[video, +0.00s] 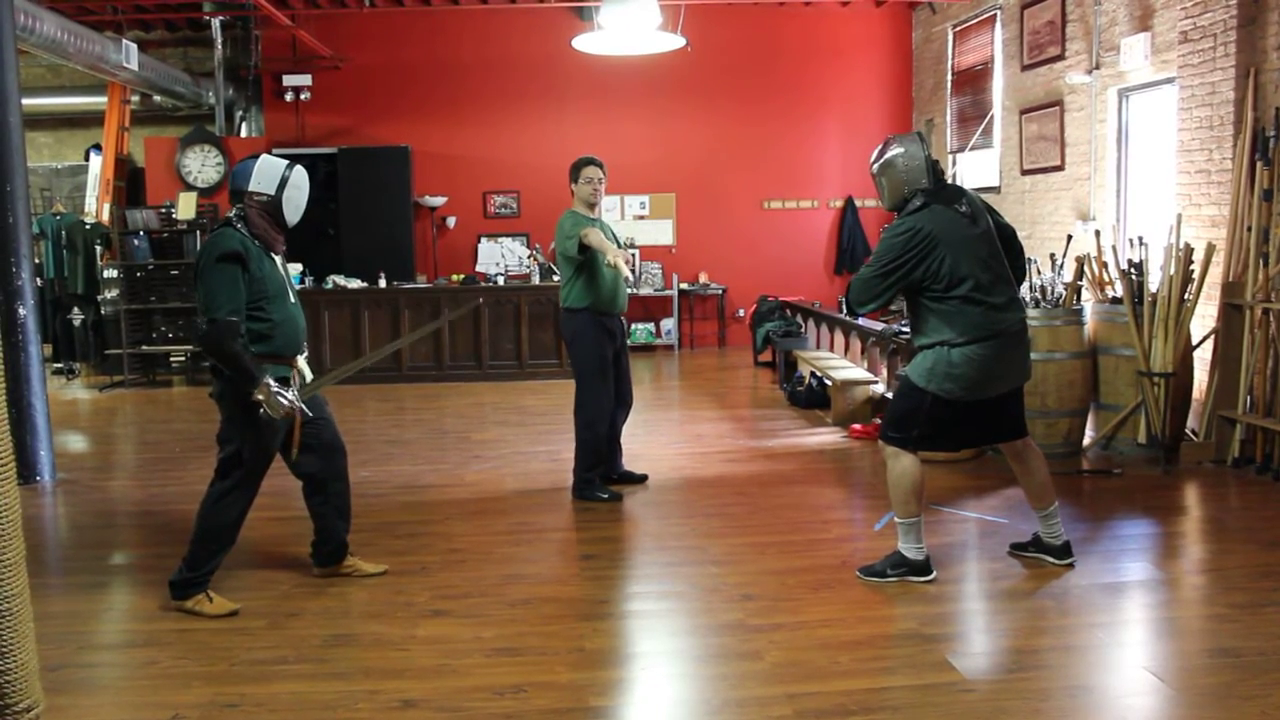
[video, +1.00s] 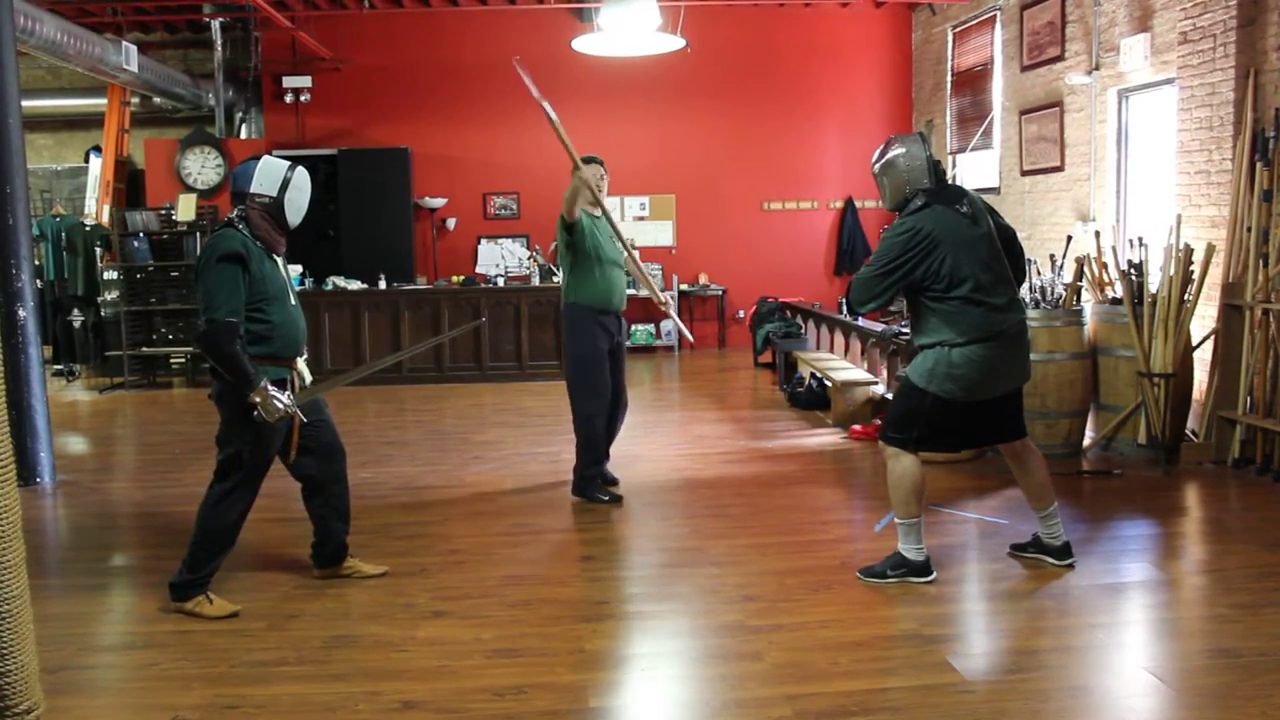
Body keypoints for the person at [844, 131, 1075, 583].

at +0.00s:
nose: (881, 193)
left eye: (882, 182)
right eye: (880, 183)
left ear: (899, 179)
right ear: (928, 172)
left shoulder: (910, 228)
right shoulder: (974, 206)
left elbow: (859, 296)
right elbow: (1016, 259)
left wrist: (888, 277)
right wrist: (992, 298)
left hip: (954, 356)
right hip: (1009, 348)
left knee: (898, 439)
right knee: (1016, 440)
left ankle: (911, 554)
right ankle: (1054, 539)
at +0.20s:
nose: (881, 193)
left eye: (883, 182)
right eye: (880, 183)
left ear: (901, 179)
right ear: (929, 172)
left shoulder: (911, 228)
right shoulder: (975, 206)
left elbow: (860, 297)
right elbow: (1017, 260)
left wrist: (891, 276)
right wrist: (992, 299)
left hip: (955, 355)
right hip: (1009, 348)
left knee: (898, 438)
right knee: (1015, 440)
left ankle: (912, 555)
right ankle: (1054, 539)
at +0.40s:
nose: (881, 192)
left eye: (883, 182)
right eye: (881, 182)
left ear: (900, 179)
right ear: (929, 172)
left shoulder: (911, 229)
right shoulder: (976, 206)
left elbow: (860, 297)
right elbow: (1017, 262)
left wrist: (891, 275)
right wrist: (988, 296)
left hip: (955, 355)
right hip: (1009, 348)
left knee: (897, 438)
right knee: (1015, 440)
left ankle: (912, 555)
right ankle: (1054, 539)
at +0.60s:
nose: (881, 193)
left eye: (883, 182)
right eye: (881, 183)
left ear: (901, 179)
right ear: (929, 172)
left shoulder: (911, 228)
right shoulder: (976, 207)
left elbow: (860, 297)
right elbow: (1017, 263)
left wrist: (891, 274)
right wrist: (987, 298)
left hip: (955, 355)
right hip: (1009, 349)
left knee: (898, 439)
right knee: (1015, 441)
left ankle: (912, 555)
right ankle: (1054, 540)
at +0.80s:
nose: (881, 193)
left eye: (883, 182)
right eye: (881, 183)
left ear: (901, 179)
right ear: (928, 172)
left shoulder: (911, 228)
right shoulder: (976, 206)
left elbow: (859, 297)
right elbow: (1017, 262)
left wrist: (891, 275)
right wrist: (990, 300)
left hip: (954, 355)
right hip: (1009, 349)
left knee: (898, 440)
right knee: (1015, 441)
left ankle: (912, 556)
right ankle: (1054, 540)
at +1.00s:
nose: (882, 193)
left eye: (883, 182)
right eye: (881, 183)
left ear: (901, 178)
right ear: (928, 171)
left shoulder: (911, 228)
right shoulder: (976, 206)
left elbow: (859, 296)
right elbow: (1017, 262)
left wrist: (889, 276)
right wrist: (990, 300)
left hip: (954, 355)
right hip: (1008, 348)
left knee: (898, 440)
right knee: (1015, 441)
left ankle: (912, 556)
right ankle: (1054, 540)